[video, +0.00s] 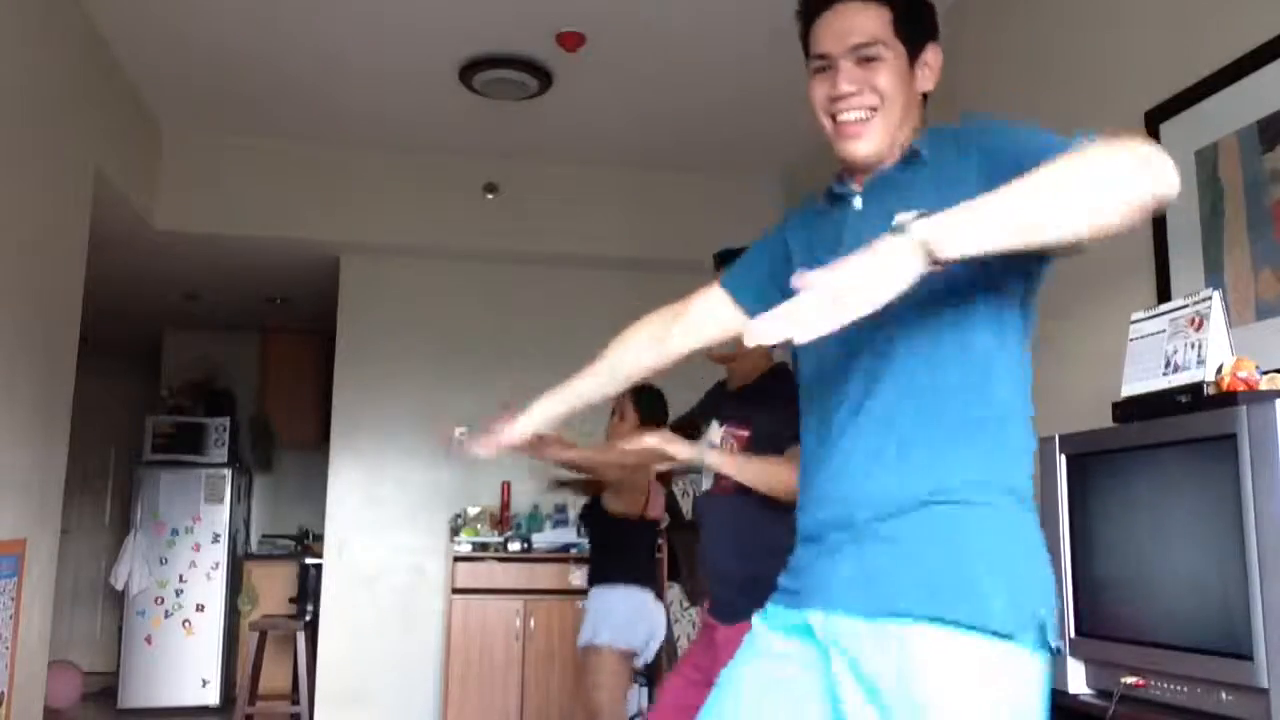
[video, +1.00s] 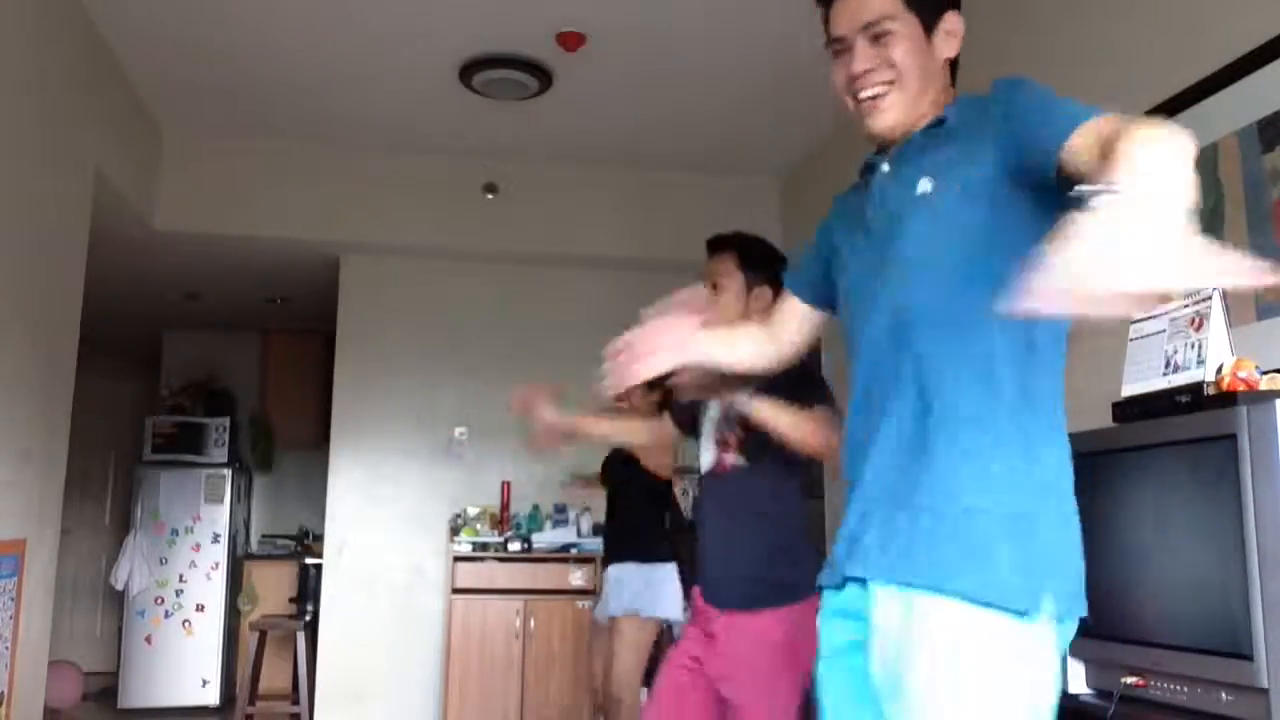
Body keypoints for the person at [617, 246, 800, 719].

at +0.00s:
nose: (715, 324)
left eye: (730, 308)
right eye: (713, 310)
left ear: (763, 318)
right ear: (706, 322)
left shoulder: (794, 391)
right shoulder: (721, 396)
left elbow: (800, 481)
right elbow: (664, 449)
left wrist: (699, 454)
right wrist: (573, 455)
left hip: (772, 622)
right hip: (716, 619)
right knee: (665, 711)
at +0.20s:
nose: (707, 290)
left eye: (719, 277)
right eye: (705, 278)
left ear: (760, 285)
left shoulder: (785, 356)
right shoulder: (719, 369)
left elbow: (811, 430)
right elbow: (667, 413)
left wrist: (731, 384)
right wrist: (604, 409)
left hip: (765, 594)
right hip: (718, 597)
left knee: (752, 712)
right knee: (672, 710)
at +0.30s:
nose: (707, 305)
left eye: (720, 292)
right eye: (706, 292)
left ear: (758, 299)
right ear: (703, 301)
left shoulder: (777, 376)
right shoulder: (708, 386)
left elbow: (804, 446)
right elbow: (653, 415)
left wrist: (740, 441)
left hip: (754, 587)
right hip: (716, 589)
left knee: (722, 710)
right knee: (709, 708)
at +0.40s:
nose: (719, 338)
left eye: (730, 324)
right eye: (713, 324)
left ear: (756, 330)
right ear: (708, 332)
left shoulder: (785, 397)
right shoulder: (718, 404)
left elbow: (807, 487)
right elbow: (663, 437)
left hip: (759, 611)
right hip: (719, 607)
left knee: (694, 711)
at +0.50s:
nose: (719, 325)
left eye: (735, 312)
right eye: (719, 310)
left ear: (768, 320)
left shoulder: (790, 391)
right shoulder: (716, 400)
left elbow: (802, 480)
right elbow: (656, 445)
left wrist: (689, 473)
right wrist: (565, 454)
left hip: (768, 606)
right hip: (717, 604)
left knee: (690, 708)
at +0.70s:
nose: (717, 286)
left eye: (729, 272)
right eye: (713, 274)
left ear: (768, 276)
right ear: (709, 280)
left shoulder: (798, 347)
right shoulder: (708, 361)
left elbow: (781, 433)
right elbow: (637, 437)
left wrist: (694, 417)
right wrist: (562, 437)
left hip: (772, 587)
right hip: (698, 583)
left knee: (766, 710)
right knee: (689, 710)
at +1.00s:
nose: (705, 300)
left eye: (717, 287)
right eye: (706, 287)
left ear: (762, 298)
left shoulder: (794, 371)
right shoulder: (711, 375)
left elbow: (824, 441)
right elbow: (657, 431)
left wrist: (738, 394)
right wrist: (568, 424)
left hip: (773, 617)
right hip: (707, 613)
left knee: (767, 713)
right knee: (665, 711)